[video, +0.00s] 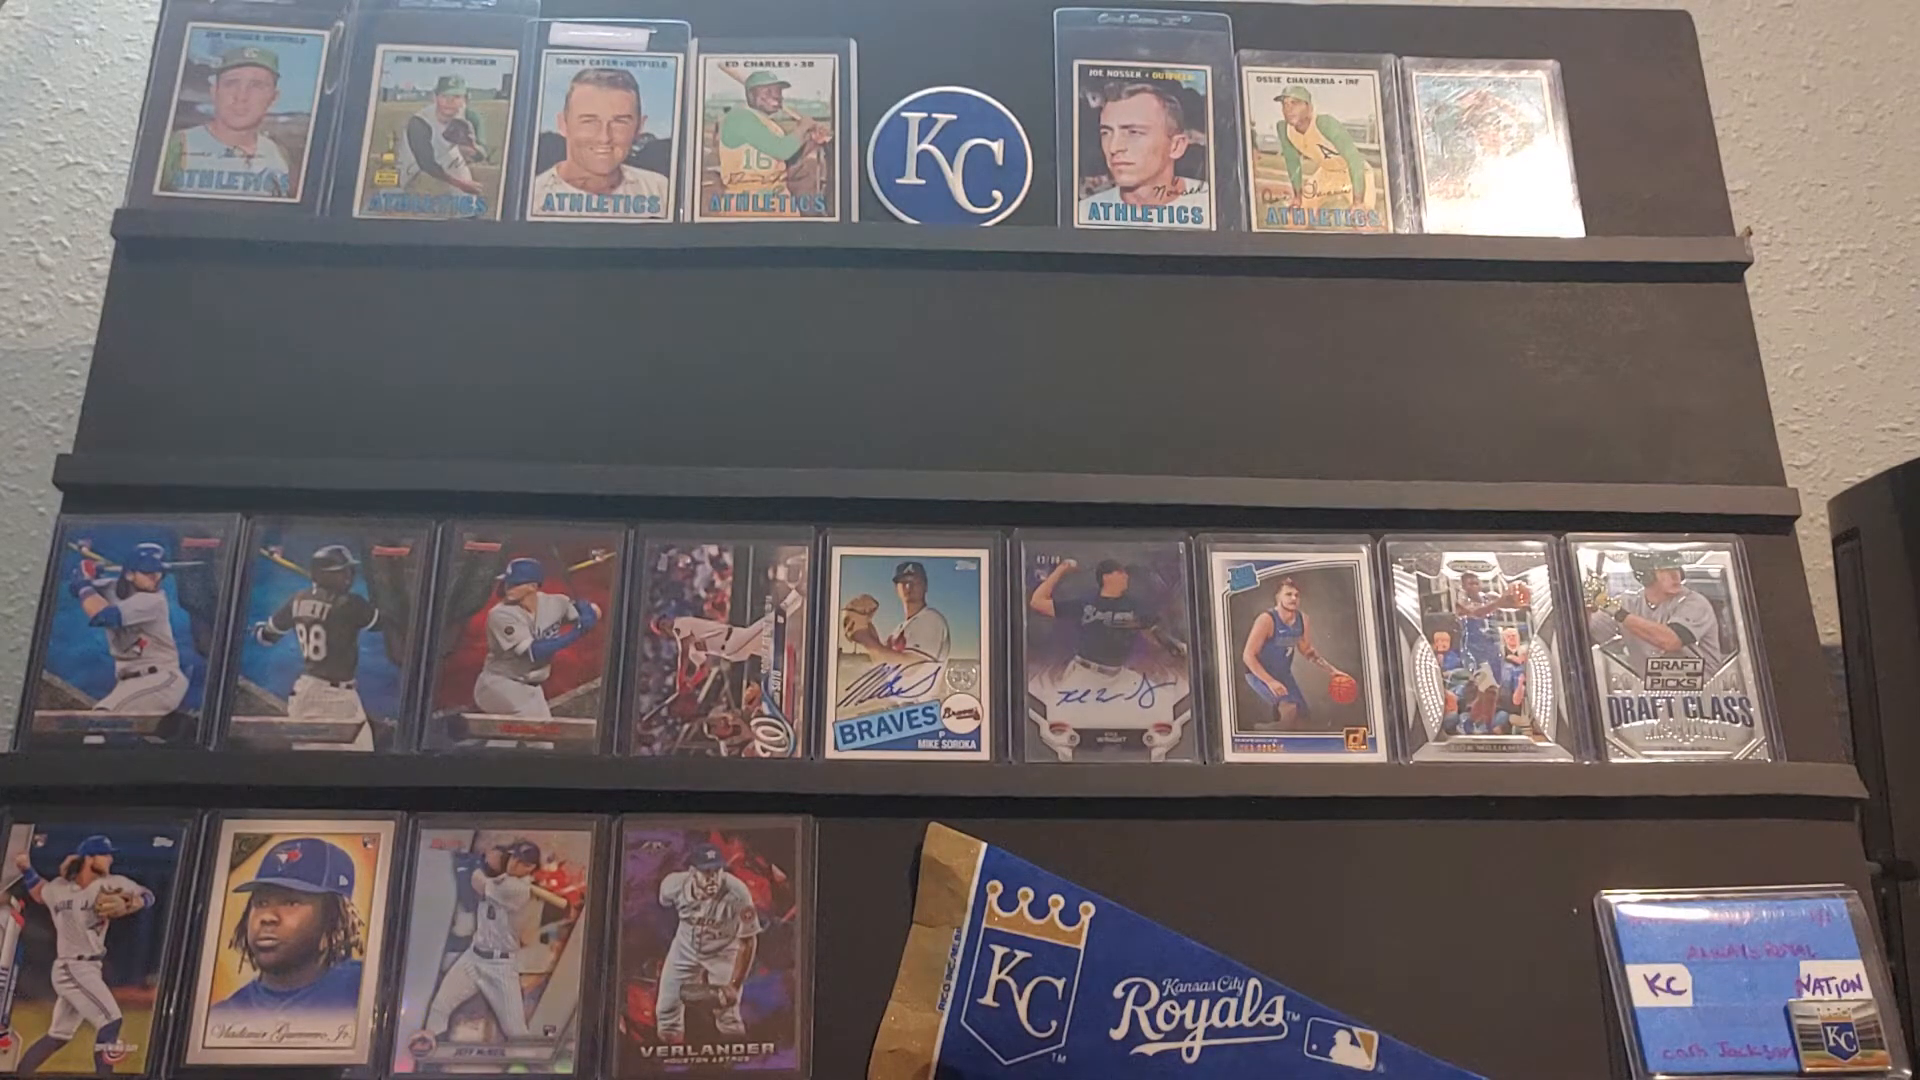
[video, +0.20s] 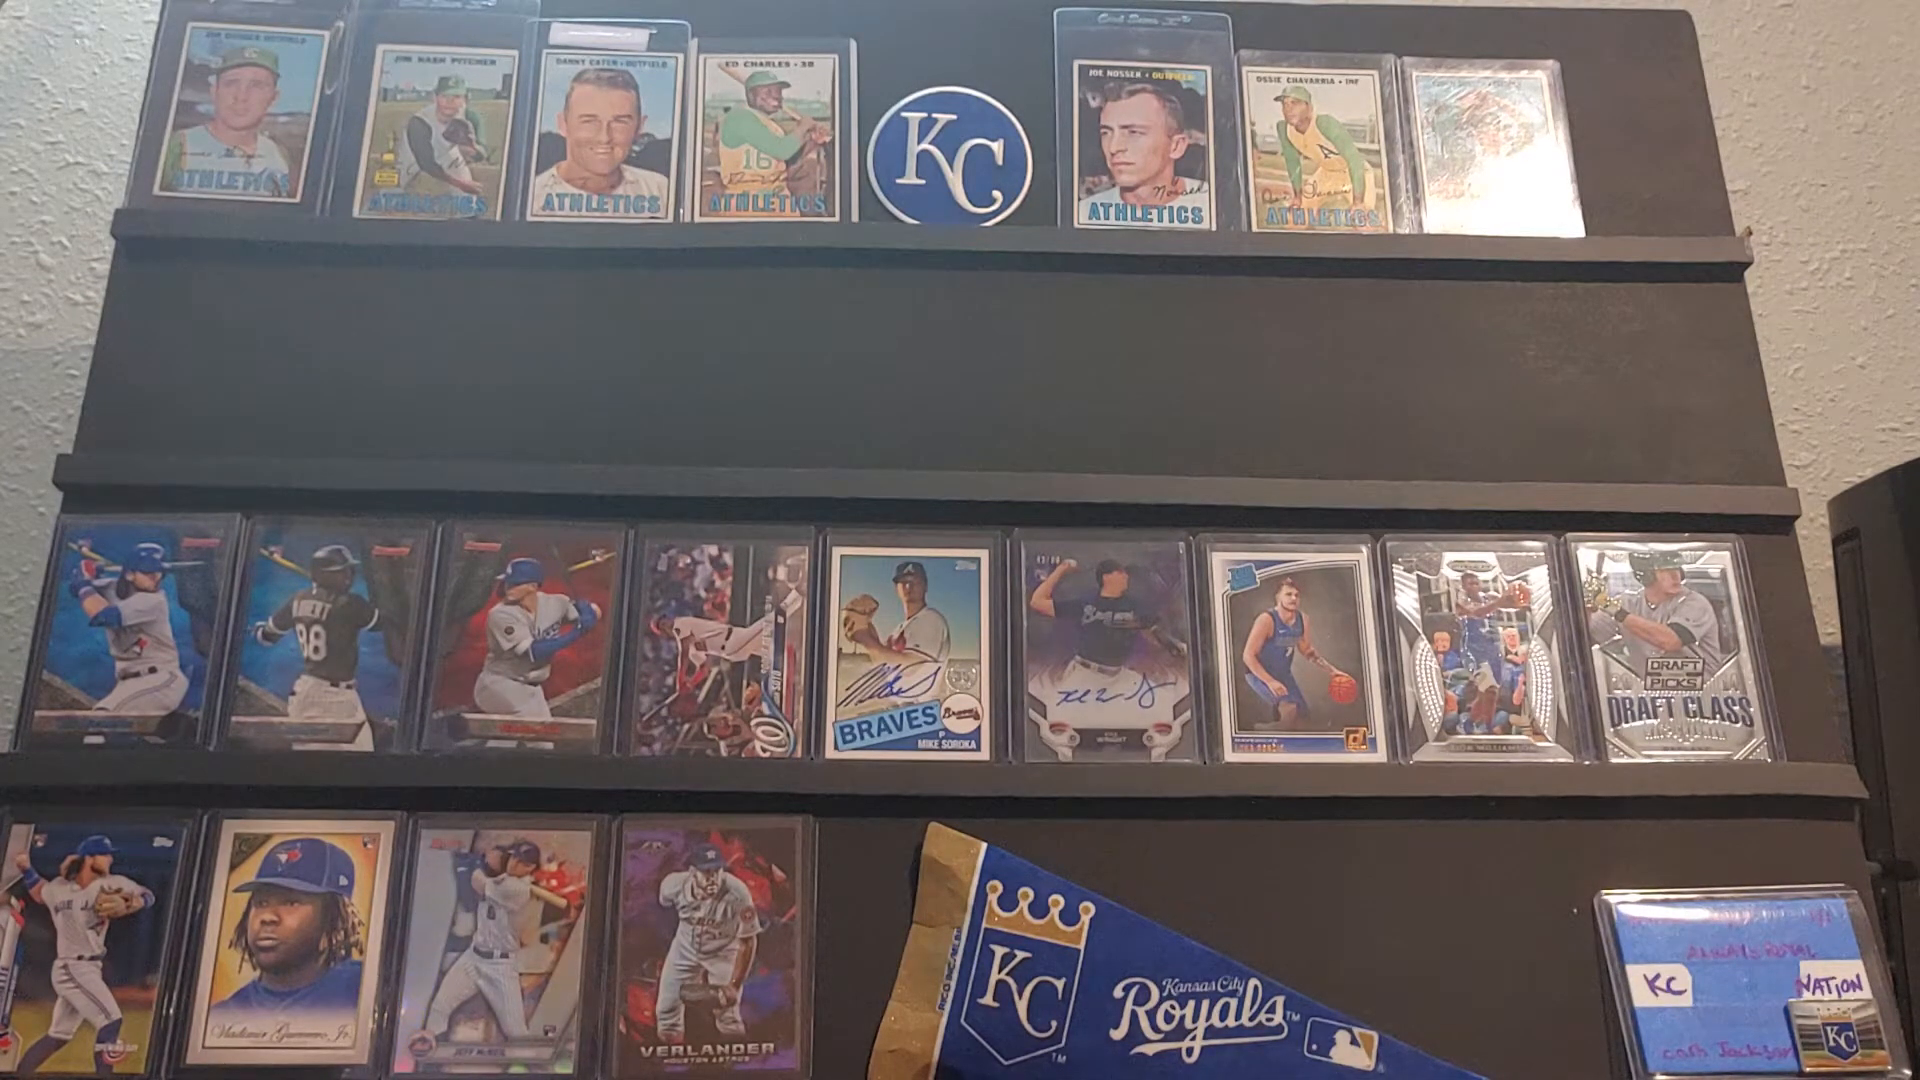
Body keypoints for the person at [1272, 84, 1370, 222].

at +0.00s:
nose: (1288, 109)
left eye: (1294, 103)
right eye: (1285, 104)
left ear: (1308, 107)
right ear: (1282, 108)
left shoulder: (1326, 123)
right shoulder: (1283, 128)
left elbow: (1355, 159)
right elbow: (1292, 162)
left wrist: (1358, 203)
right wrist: (1297, 196)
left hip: (1354, 172)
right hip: (1326, 172)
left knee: (1361, 218)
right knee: (1304, 210)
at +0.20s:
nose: (1288, 109)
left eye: (1294, 103)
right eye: (1285, 104)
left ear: (1308, 107)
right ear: (1282, 108)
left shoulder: (1326, 123)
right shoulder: (1283, 128)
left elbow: (1355, 159)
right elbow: (1292, 162)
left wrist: (1358, 203)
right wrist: (1297, 196)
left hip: (1354, 172)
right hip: (1326, 172)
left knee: (1361, 218)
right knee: (1304, 210)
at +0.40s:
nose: (1288, 109)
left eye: (1294, 103)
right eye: (1284, 104)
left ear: (1308, 106)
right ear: (1281, 108)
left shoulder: (1327, 124)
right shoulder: (1284, 128)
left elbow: (1355, 159)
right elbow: (1293, 163)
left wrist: (1358, 202)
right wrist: (1297, 196)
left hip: (1354, 173)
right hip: (1327, 172)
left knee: (1360, 218)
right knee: (1302, 209)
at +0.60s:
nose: (1288, 109)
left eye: (1294, 103)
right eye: (1284, 104)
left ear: (1308, 107)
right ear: (1281, 108)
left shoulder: (1326, 123)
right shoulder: (1283, 128)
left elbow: (1355, 160)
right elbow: (1293, 163)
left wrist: (1358, 202)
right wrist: (1297, 196)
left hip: (1355, 173)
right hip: (1327, 173)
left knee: (1360, 218)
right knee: (1302, 210)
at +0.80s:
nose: (1288, 109)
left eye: (1293, 103)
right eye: (1284, 104)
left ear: (1308, 107)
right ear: (1281, 108)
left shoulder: (1327, 124)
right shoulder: (1283, 128)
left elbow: (1355, 160)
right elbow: (1293, 163)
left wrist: (1358, 202)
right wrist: (1297, 197)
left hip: (1355, 173)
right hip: (1327, 173)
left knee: (1360, 218)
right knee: (1302, 210)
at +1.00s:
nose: (1288, 109)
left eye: (1294, 103)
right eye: (1284, 105)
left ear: (1308, 107)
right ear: (1281, 108)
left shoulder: (1327, 124)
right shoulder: (1283, 128)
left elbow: (1355, 160)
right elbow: (1293, 163)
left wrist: (1358, 202)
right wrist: (1297, 197)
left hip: (1354, 174)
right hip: (1327, 173)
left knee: (1360, 218)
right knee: (1302, 210)